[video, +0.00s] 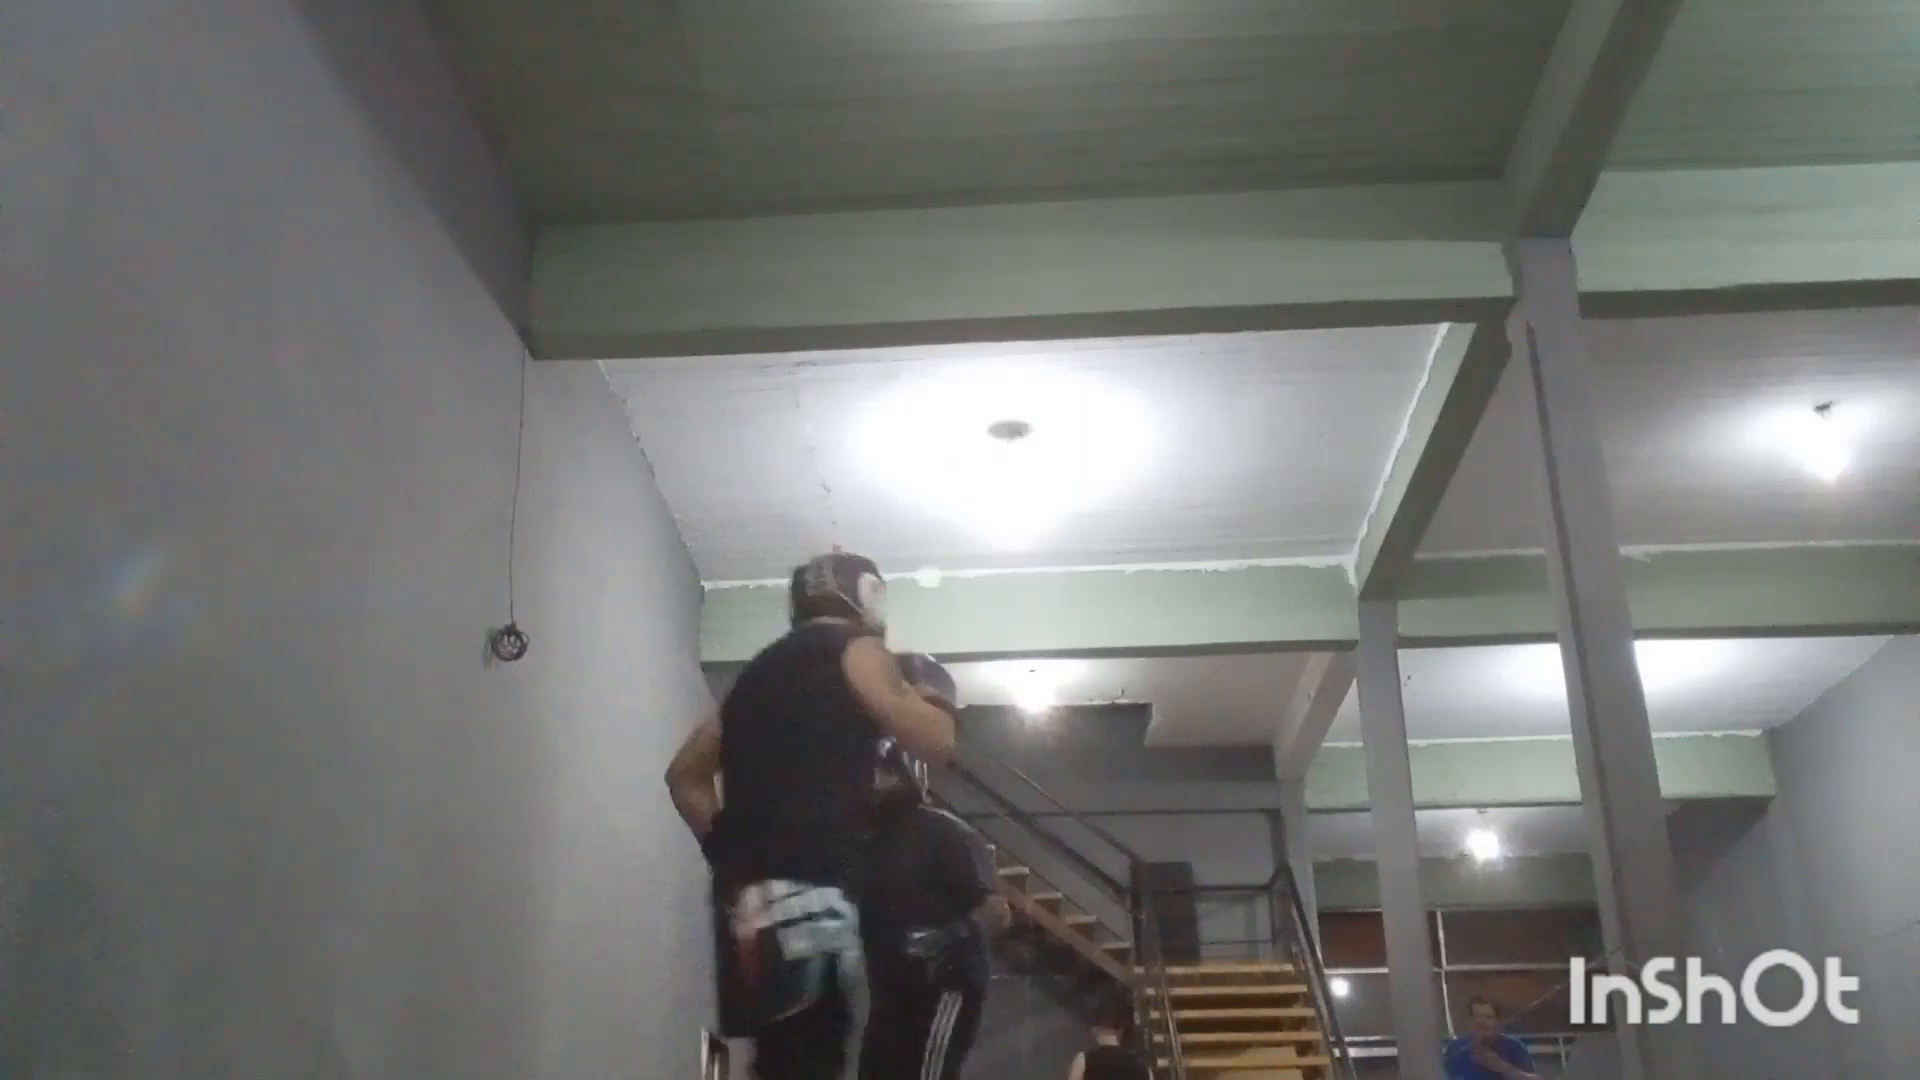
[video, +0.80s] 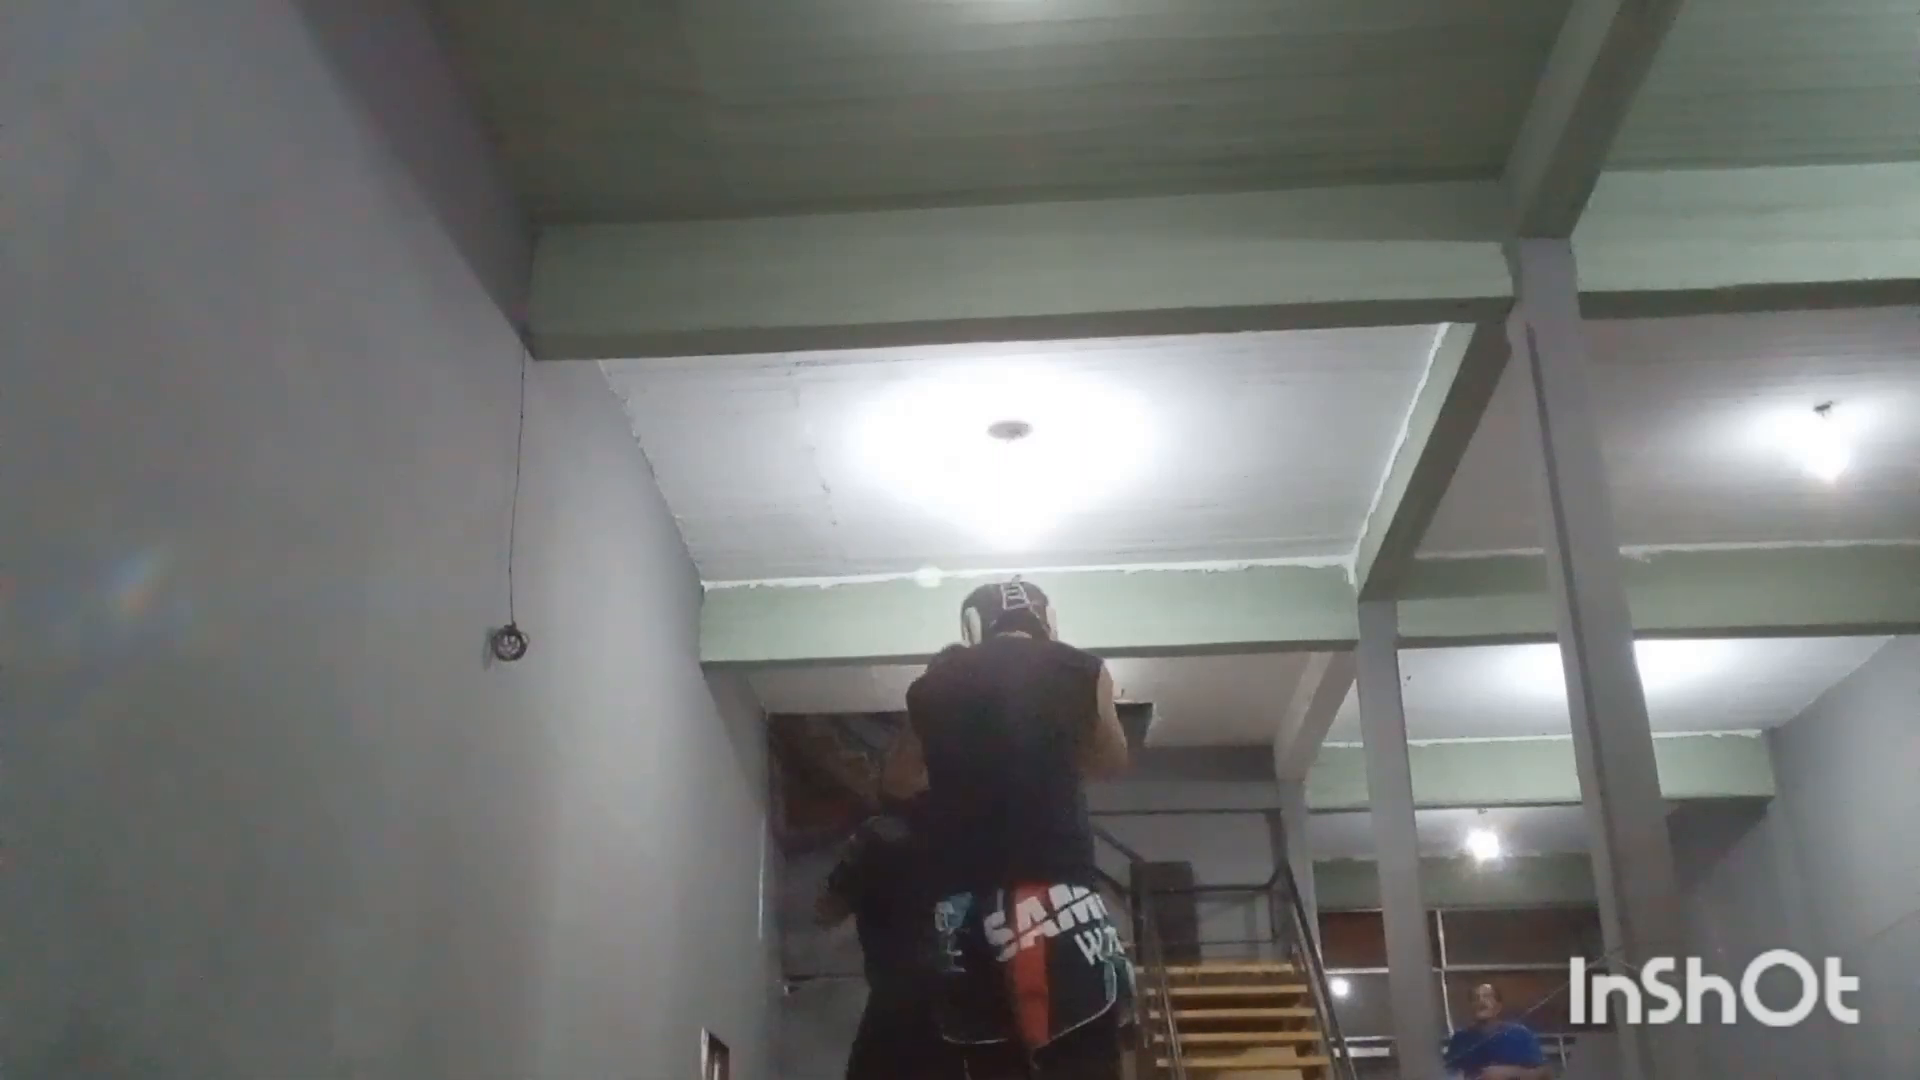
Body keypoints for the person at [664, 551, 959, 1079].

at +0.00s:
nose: (883, 610)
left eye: (881, 596)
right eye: (877, 596)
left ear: (803, 603)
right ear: (858, 597)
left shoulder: (757, 673)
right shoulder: (857, 650)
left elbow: (686, 775)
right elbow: (939, 741)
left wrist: (729, 855)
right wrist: (928, 691)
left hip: (743, 881)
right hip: (810, 880)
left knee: (776, 1052)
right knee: (813, 1055)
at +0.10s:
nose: (900, 619)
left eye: (898, 610)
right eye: (896, 610)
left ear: (819, 616)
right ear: (883, 608)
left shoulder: (770, 683)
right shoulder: (888, 652)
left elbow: (706, 787)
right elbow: (958, 750)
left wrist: (757, 843)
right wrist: (943, 706)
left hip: (772, 893)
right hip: (864, 886)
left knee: (804, 1060)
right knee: (872, 1055)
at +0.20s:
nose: (921, 616)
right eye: (918, 609)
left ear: (838, 619)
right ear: (906, 609)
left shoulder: (791, 676)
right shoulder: (921, 651)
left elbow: (744, 789)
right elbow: (981, 753)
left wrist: (814, 806)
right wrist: (963, 699)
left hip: (790, 895)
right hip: (888, 885)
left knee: (822, 1058)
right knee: (930, 1047)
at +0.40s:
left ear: (895, 618)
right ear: (962, 616)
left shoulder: (843, 679)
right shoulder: (990, 660)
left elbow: (820, 796)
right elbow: (1034, 760)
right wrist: (1025, 706)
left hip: (856, 902)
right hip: (960, 899)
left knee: (867, 1060)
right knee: (974, 1058)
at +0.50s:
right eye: (995, 611)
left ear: (924, 621)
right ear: (991, 619)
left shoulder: (879, 679)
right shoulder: (1023, 667)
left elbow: (875, 778)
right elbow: (1049, 768)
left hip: (890, 905)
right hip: (995, 902)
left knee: (900, 1061)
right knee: (1010, 1061)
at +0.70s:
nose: (1036, 626)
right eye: (1034, 619)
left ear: (963, 625)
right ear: (1030, 623)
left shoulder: (917, 685)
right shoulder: (1068, 670)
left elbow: (914, 781)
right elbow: (1092, 763)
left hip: (937, 907)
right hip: (1043, 902)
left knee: (942, 1068)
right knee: (1075, 1067)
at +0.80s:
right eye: (1052, 621)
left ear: (977, 627)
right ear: (1045, 623)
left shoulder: (931, 686)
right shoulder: (1082, 670)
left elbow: (898, 781)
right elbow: (1112, 761)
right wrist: (1049, 740)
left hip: (957, 904)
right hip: (1063, 900)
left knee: (989, 1067)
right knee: (1080, 1063)